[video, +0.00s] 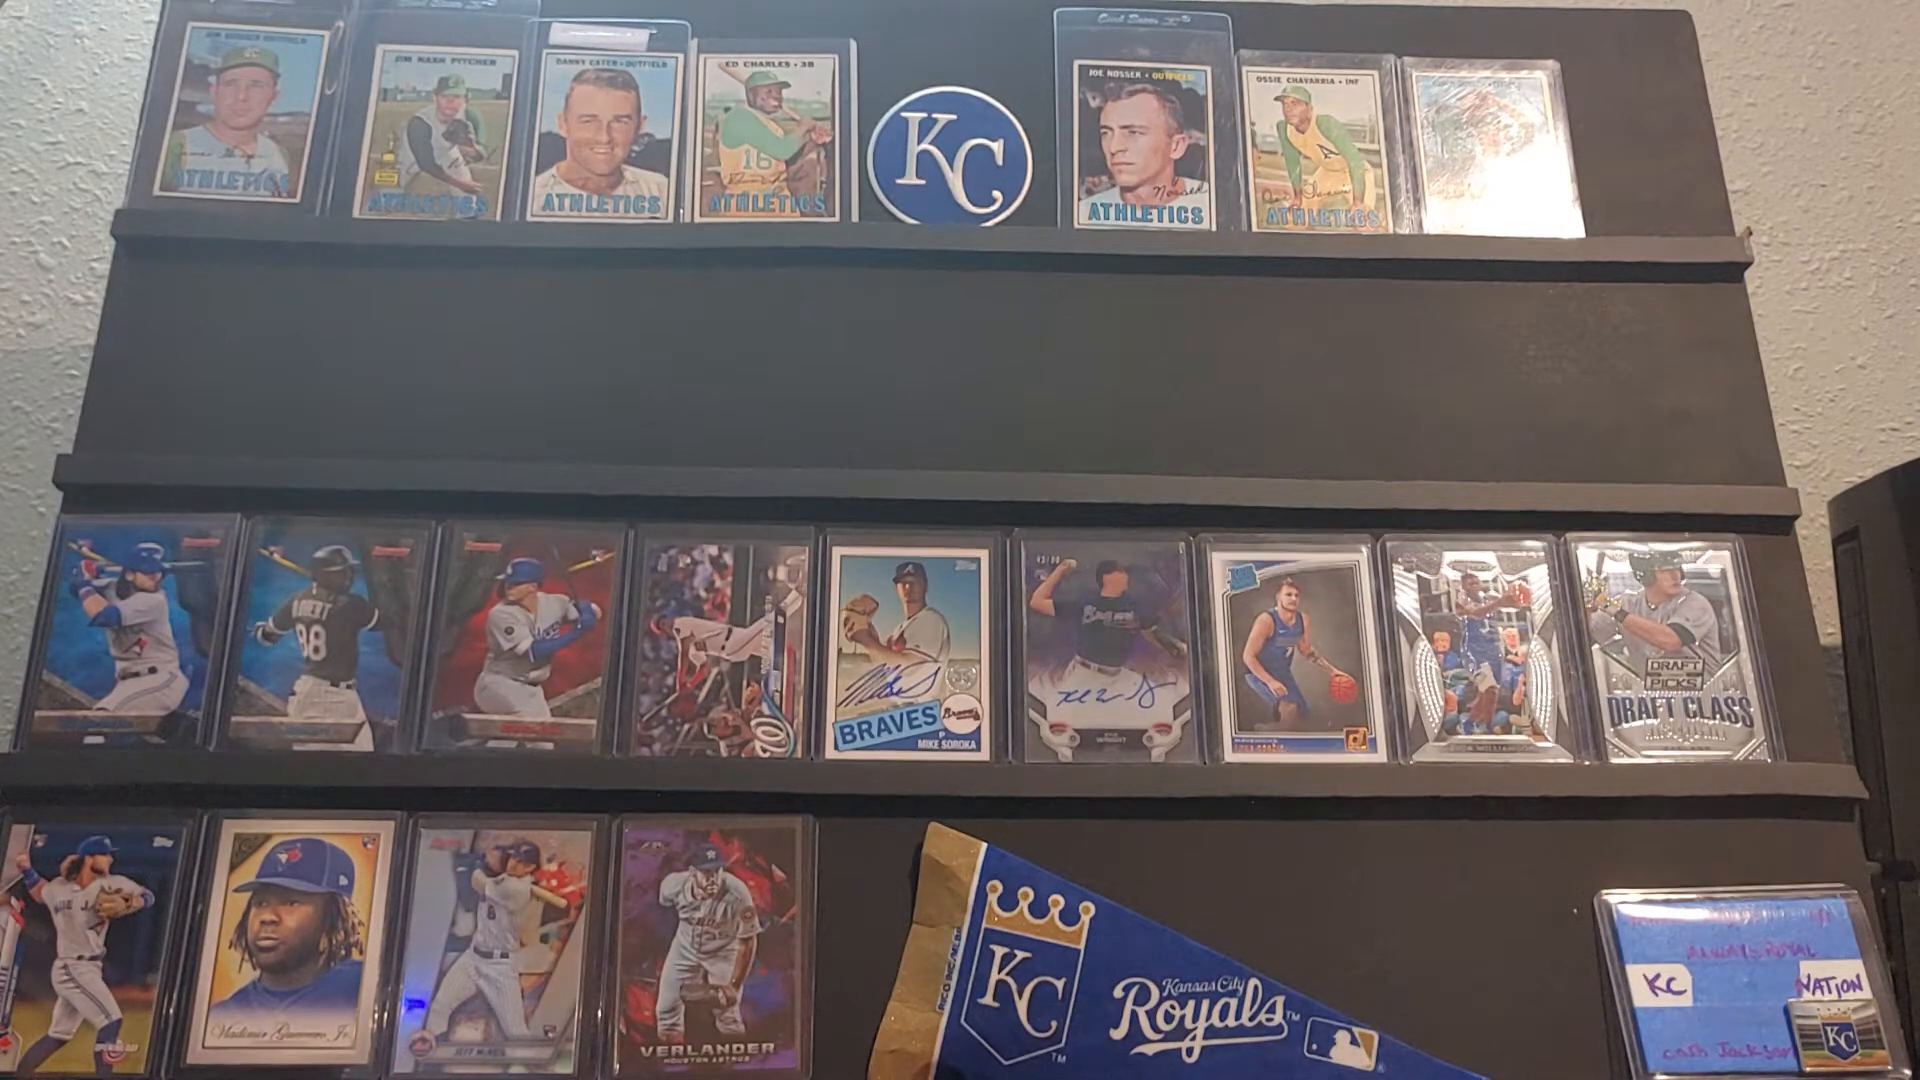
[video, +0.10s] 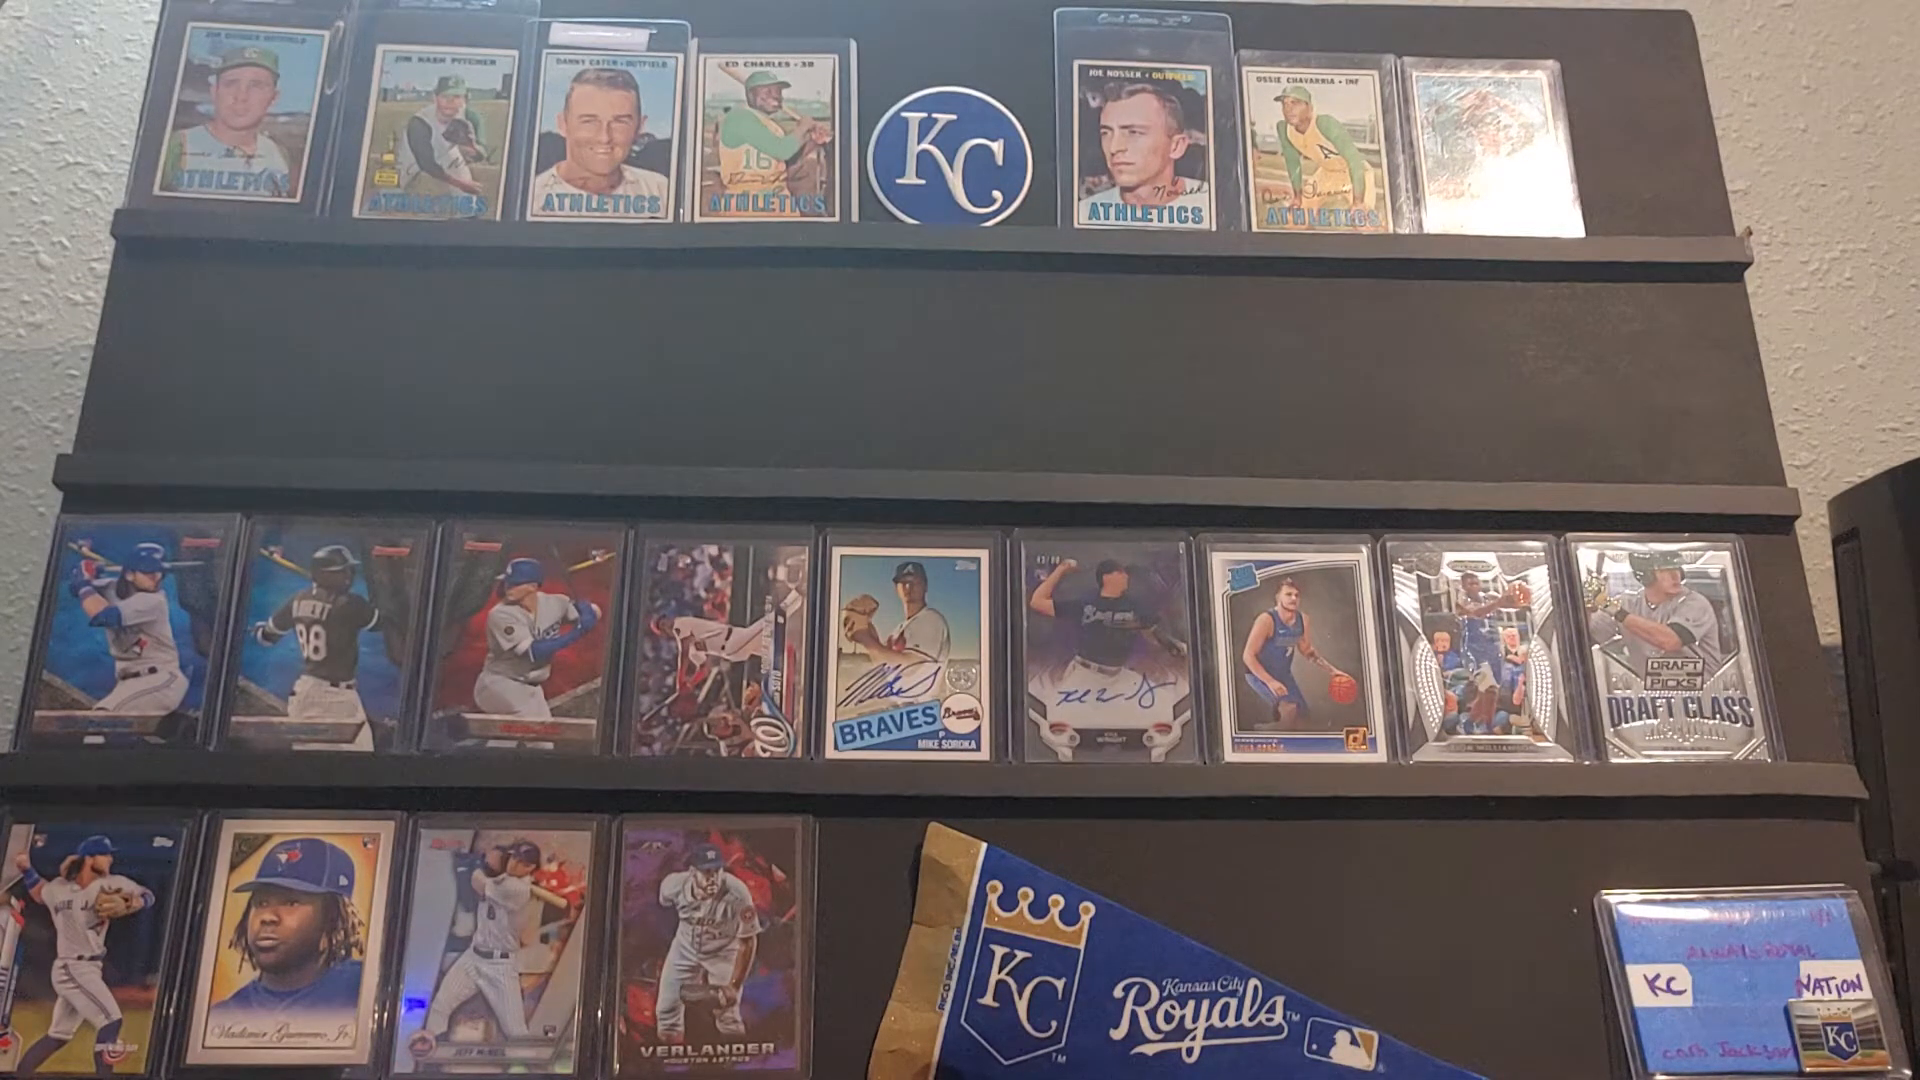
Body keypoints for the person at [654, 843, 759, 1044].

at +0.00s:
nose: (711, 878)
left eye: (715, 871)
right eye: (705, 872)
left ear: (722, 869)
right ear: (693, 871)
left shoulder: (738, 893)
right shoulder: (673, 885)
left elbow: (748, 941)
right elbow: (666, 907)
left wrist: (735, 985)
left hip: (724, 953)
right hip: (684, 947)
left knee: (727, 1014)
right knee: (666, 1009)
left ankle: (740, 1068)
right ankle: (674, 1071)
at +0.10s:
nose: (711, 878)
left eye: (715, 871)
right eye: (705, 872)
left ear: (722, 869)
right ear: (693, 870)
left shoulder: (738, 893)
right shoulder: (673, 885)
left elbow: (748, 941)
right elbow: (666, 907)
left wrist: (735, 985)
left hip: (724, 953)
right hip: (684, 947)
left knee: (727, 1014)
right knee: (666, 1008)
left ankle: (739, 1069)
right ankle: (673, 1069)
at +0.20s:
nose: (711, 878)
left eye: (716, 871)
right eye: (705, 872)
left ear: (722, 870)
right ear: (693, 871)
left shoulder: (738, 893)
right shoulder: (673, 885)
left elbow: (748, 941)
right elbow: (666, 906)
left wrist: (735, 985)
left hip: (724, 953)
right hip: (684, 947)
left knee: (727, 1014)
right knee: (666, 1008)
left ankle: (739, 1068)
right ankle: (674, 1069)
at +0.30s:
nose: (711, 878)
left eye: (716, 871)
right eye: (705, 872)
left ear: (722, 870)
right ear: (693, 871)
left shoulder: (738, 893)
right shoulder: (673, 885)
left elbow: (748, 941)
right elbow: (666, 907)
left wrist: (735, 985)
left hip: (724, 953)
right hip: (684, 947)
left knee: (727, 1014)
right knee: (666, 1008)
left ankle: (739, 1069)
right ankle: (674, 1069)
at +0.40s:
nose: (711, 878)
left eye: (716, 871)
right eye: (705, 872)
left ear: (722, 870)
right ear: (693, 871)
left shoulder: (738, 893)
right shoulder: (673, 885)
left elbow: (748, 941)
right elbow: (666, 907)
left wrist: (735, 985)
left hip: (724, 953)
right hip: (684, 947)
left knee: (727, 1014)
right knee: (666, 1008)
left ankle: (739, 1069)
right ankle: (674, 1069)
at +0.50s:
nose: (711, 878)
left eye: (716, 872)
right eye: (705, 872)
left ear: (722, 870)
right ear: (693, 871)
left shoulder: (738, 893)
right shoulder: (673, 885)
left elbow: (748, 941)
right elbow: (666, 907)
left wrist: (735, 985)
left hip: (724, 953)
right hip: (684, 947)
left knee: (727, 1014)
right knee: (666, 1009)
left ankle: (739, 1069)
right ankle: (674, 1069)